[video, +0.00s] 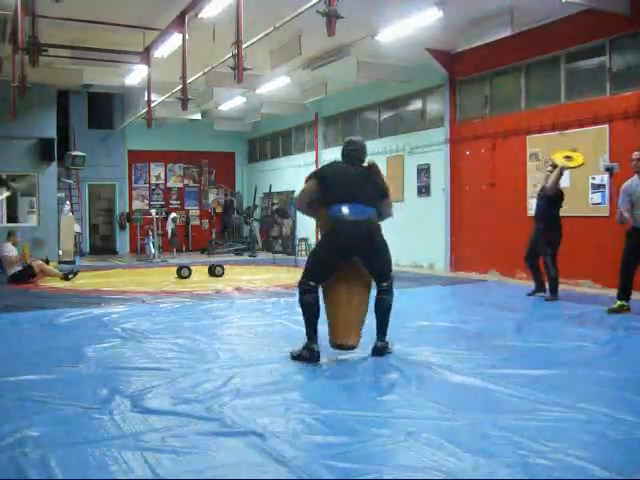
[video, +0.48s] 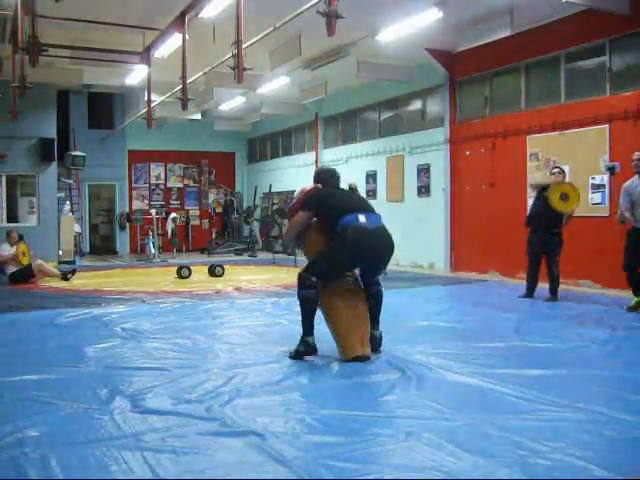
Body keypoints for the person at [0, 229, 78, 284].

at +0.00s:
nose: (18, 240)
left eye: (17, 237)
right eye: (16, 237)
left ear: (12, 238)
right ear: (11, 238)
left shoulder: (12, 248)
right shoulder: (7, 247)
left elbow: (13, 261)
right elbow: (10, 261)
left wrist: (24, 259)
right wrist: (21, 257)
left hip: (18, 274)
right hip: (14, 276)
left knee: (43, 269)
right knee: (39, 264)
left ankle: (64, 275)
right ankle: (63, 276)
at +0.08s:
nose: (16, 239)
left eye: (17, 237)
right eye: (14, 237)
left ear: (18, 237)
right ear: (10, 237)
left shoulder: (18, 248)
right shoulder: (5, 247)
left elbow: (23, 262)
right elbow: (2, 258)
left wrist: (27, 256)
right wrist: (14, 255)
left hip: (22, 274)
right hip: (13, 276)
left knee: (45, 269)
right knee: (39, 263)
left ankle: (63, 275)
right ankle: (62, 275)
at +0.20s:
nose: (15, 240)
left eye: (16, 238)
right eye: (13, 238)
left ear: (18, 239)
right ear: (9, 239)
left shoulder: (19, 248)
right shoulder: (4, 247)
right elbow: (2, 258)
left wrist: (27, 254)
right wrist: (10, 254)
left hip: (22, 274)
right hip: (13, 275)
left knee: (45, 270)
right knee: (39, 263)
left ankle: (63, 275)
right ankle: (61, 275)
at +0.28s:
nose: (15, 240)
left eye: (16, 238)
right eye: (12, 238)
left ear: (18, 239)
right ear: (9, 239)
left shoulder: (21, 248)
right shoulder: (4, 248)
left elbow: (28, 258)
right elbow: (2, 259)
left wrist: (26, 253)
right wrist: (9, 253)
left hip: (22, 273)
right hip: (12, 275)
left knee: (44, 270)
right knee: (39, 264)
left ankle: (62, 275)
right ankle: (61, 275)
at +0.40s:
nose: (14, 241)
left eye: (15, 239)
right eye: (12, 239)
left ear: (18, 239)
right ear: (8, 239)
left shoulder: (20, 247)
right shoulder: (5, 248)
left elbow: (25, 260)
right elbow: (2, 260)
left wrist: (27, 255)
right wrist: (10, 254)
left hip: (22, 273)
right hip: (12, 275)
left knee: (45, 271)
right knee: (38, 264)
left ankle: (63, 275)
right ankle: (61, 275)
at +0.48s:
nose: (15, 240)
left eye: (16, 238)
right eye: (12, 238)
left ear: (18, 238)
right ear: (8, 238)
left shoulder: (19, 247)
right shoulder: (5, 247)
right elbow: (2, 258)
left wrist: (27, 255)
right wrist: (14, 255)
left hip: (22, 274)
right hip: (13, 276)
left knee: (45, 270)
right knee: (38, 264)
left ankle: (64, 275)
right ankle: (62, 275)